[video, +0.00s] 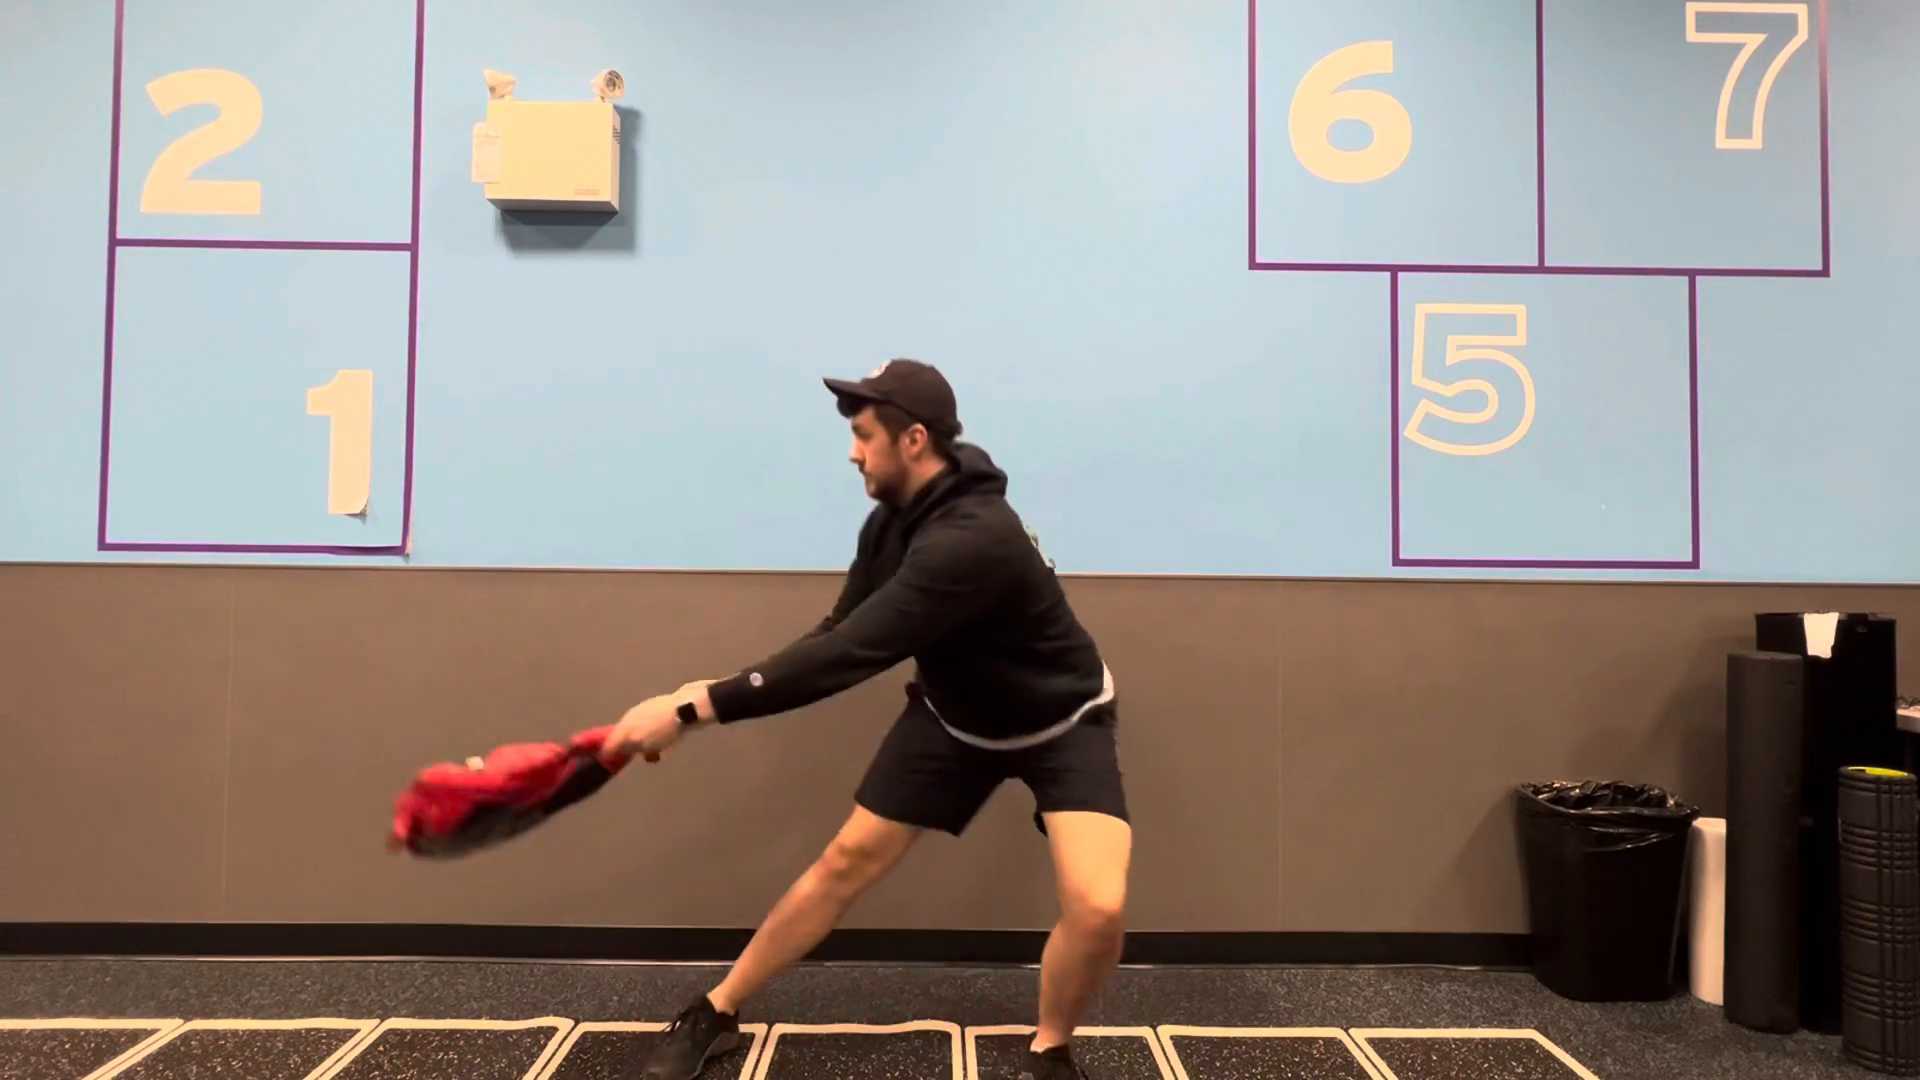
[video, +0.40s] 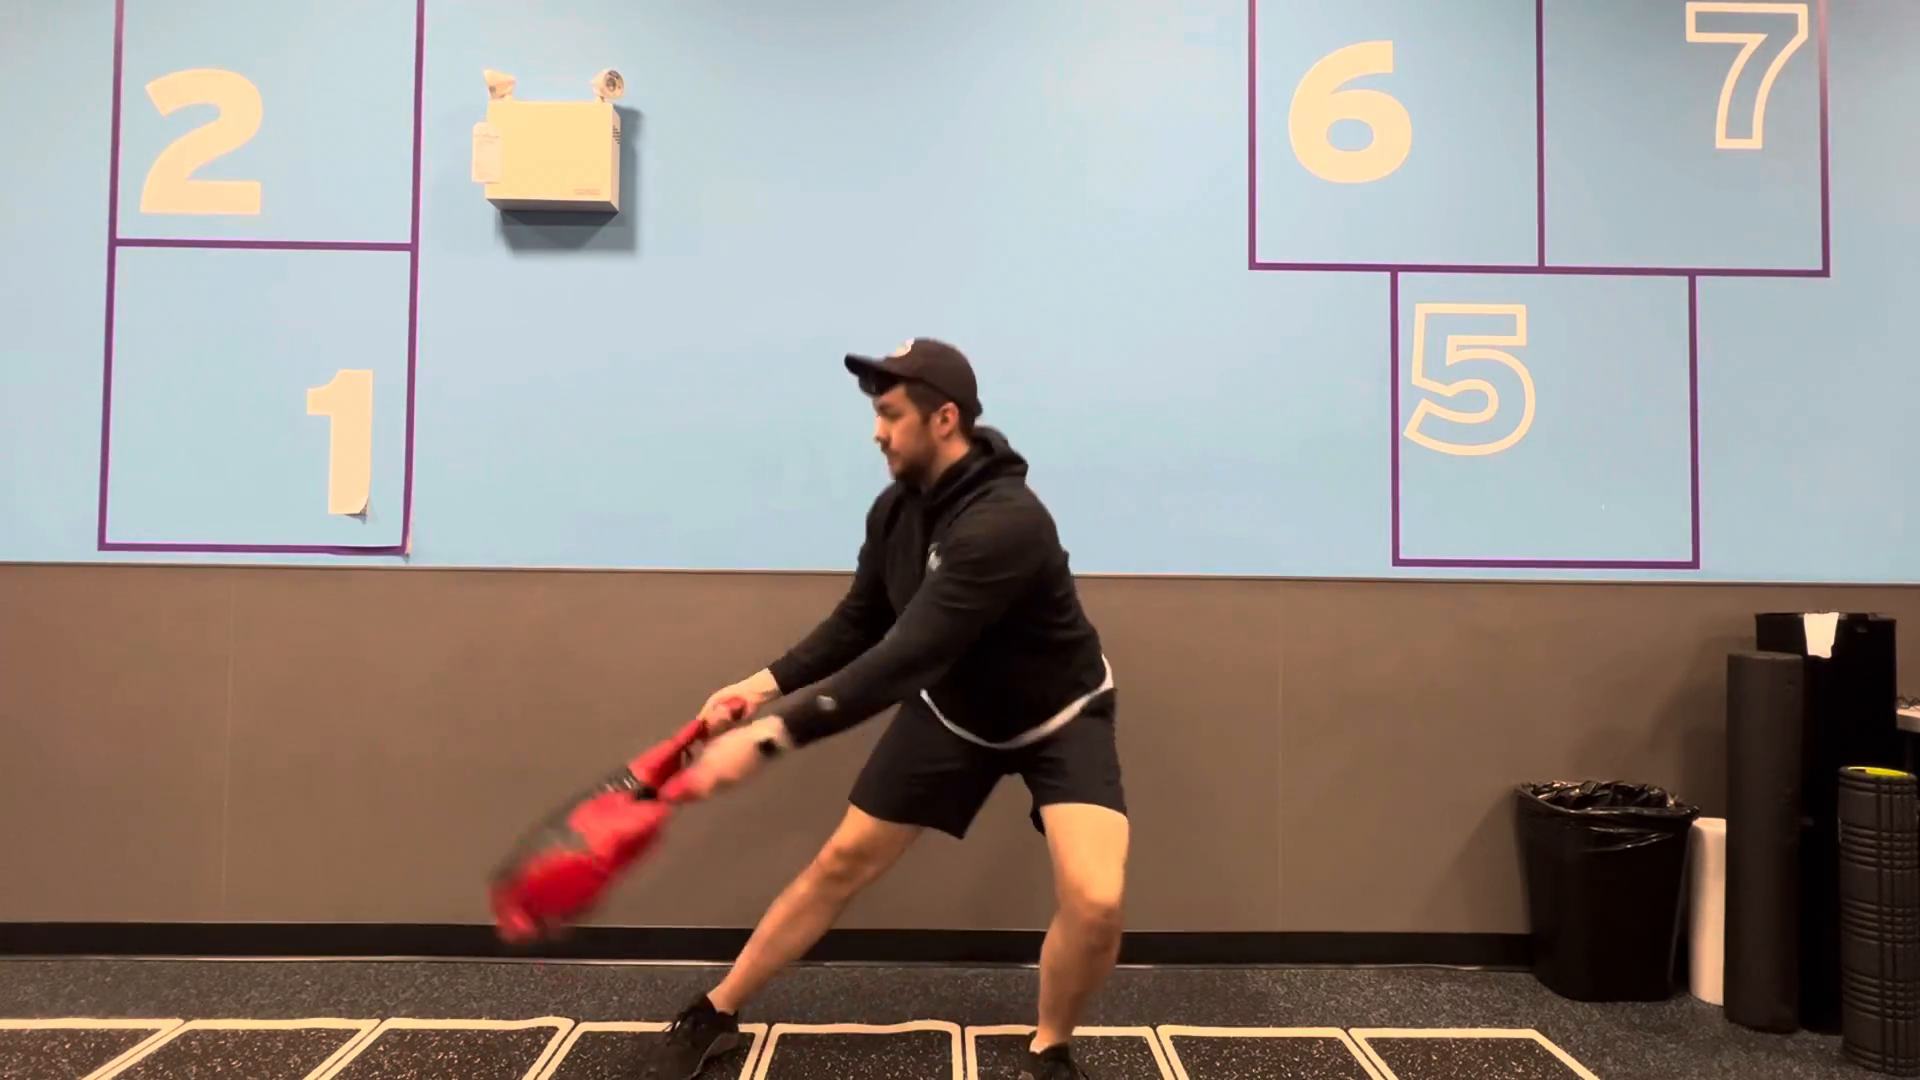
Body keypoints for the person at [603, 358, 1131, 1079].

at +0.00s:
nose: (854, 453)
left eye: (865, 436)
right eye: (854, 436)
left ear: (916, 440)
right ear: (904, 441)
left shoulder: (972, 537)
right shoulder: (893, 521)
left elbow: (852, 654)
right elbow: (838, 636)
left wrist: (692, 708)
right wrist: (701, 702)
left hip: (1064, 718)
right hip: (951, 712)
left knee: (1100, 906)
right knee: (847, 858)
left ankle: (1051, 1051)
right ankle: (716, 1011)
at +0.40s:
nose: (878, 430)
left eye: (891, 414)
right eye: (878, 414)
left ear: (947, 419)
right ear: (938, 419)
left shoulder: (1003, 522)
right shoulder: (896, 512)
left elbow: (909, 655)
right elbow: (861, 617)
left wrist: (773, 735)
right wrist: (765, 684)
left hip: (1061, 715)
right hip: (947, 711)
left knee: (1098, 902)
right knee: (841, 861)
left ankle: (1051, 1051)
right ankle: (717, 1013)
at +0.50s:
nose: (887, 395)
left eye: (903, 380)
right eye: (882, 380)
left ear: (958, 382)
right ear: (882, 383)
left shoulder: (1013, 486)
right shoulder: (881, 480)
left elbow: (965, 635)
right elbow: (844, 591)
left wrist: (865, 748)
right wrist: (769, 683)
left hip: (1037, 690)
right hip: (924, 684)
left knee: (1082, 878)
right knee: (826, 845)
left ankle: (1050, 1048)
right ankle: (716, 1013)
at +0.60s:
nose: (901, 368)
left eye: (917, 348)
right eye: (885, 353)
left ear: (954, 347)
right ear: (870, 360)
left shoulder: (1011, 452)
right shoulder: (852, 453)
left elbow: (999, 601)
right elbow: (808, 579)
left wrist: (967, 729)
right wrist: (768, 702)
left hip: (1004, 669)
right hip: (886, 668)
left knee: (1060, 845)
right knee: (805, 841)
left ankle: (1049, 1046)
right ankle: (723, 1009)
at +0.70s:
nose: (912, 355)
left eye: (922, 336)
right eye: (892, 340)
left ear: (938, 339)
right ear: (854, 348)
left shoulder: (984, 435)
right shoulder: (813, 449)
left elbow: (1021, 567)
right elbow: (789, 596)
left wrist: (1056, 690)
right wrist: (826, 730)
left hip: (965, 655)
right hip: (845, 662)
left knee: (1016, 829)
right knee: (765, 832)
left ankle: (1038, 1032)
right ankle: (719, 1009)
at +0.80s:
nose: (910, 373)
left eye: (914, 356)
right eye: (891, 361)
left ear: (920, 356)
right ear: (839, 370)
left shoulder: (941, 445)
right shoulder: (790, 466)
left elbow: (1007, 561)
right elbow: (811, 620)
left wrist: (1083, 655)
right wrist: (906, 727)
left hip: (912, 659)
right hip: (793, 663)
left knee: (973, 824)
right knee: (719, 842)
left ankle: (1043, 1036)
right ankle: (715, 1010)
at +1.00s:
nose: (889, 450)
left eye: (887, 433)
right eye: (872, 436)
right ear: (818, 447)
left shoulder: (880, 518)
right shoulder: (760, 538)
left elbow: (946, 610)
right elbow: (867, 654)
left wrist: (1054, 671)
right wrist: (1011, 706)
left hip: (827, 706)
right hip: (712, 711)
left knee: (914, 860)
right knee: (675, 886)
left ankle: (1042, 1039)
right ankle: (713, 1017)